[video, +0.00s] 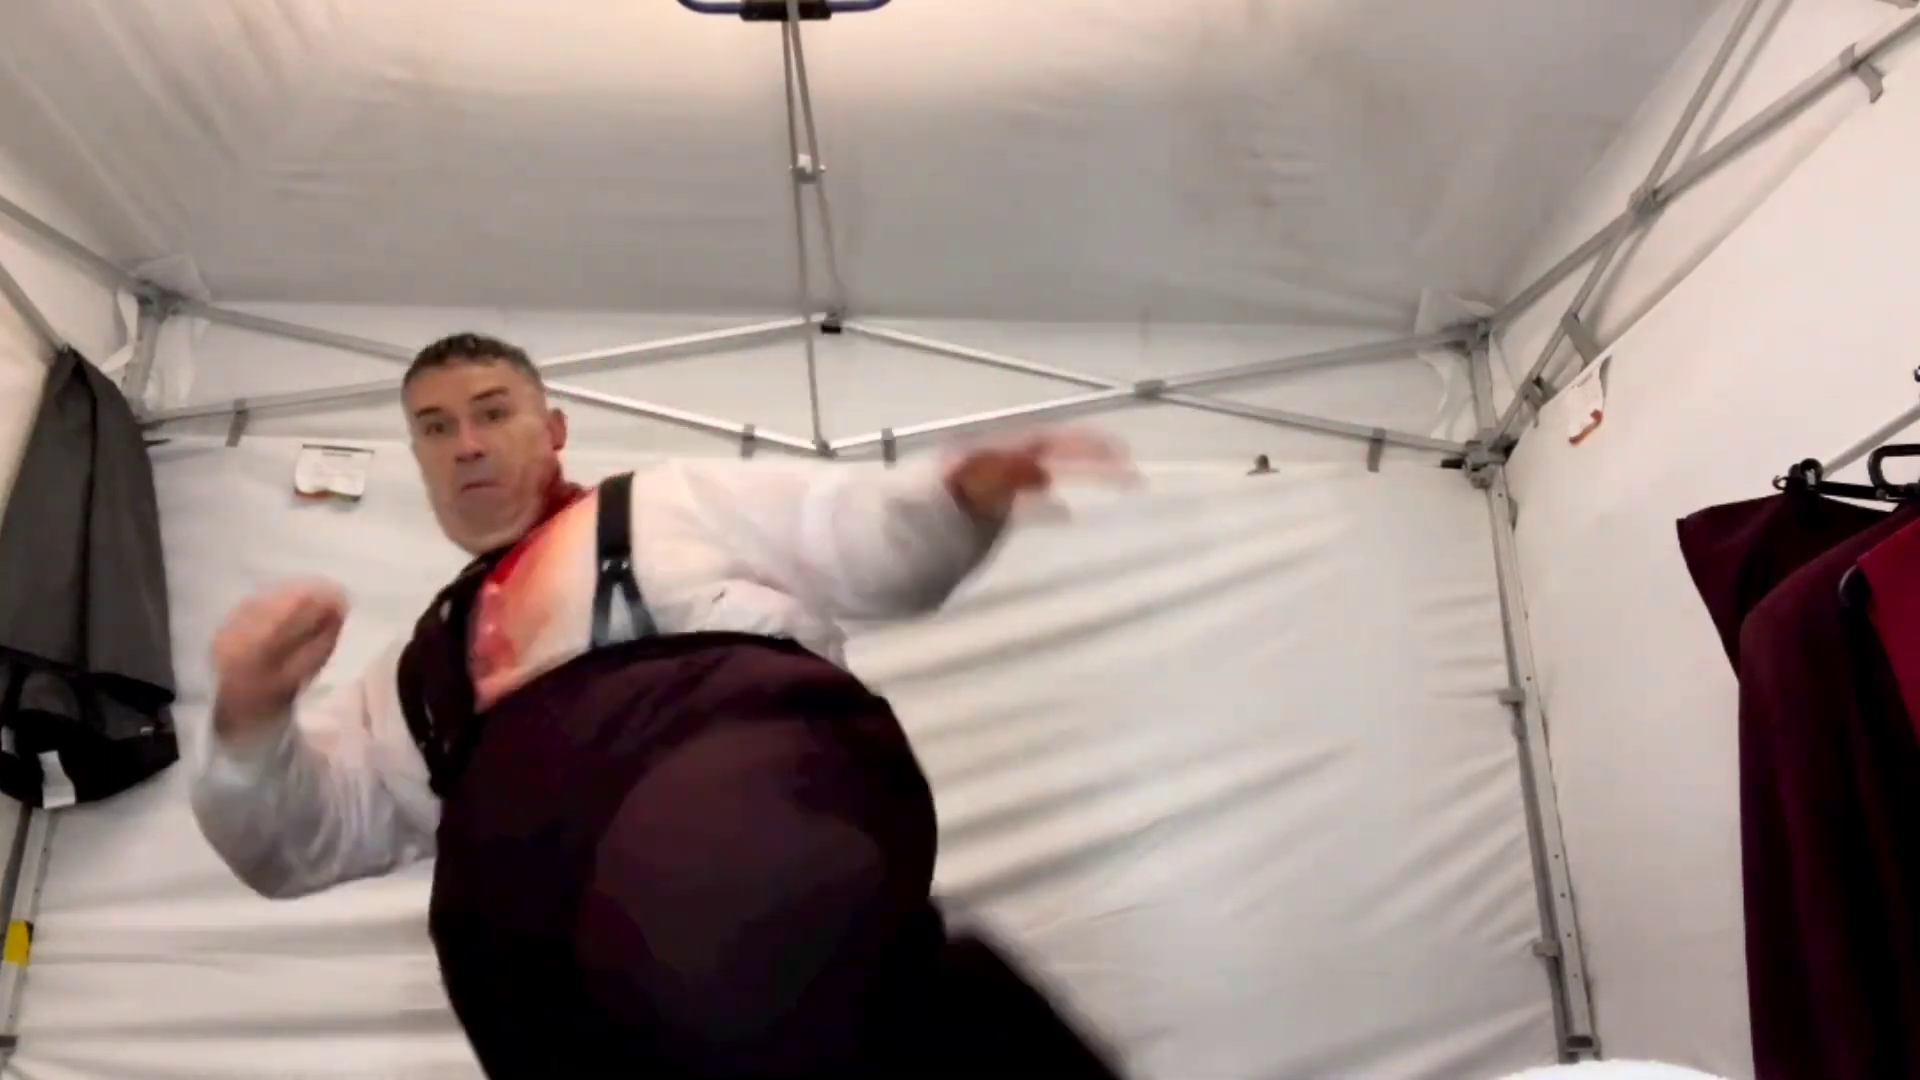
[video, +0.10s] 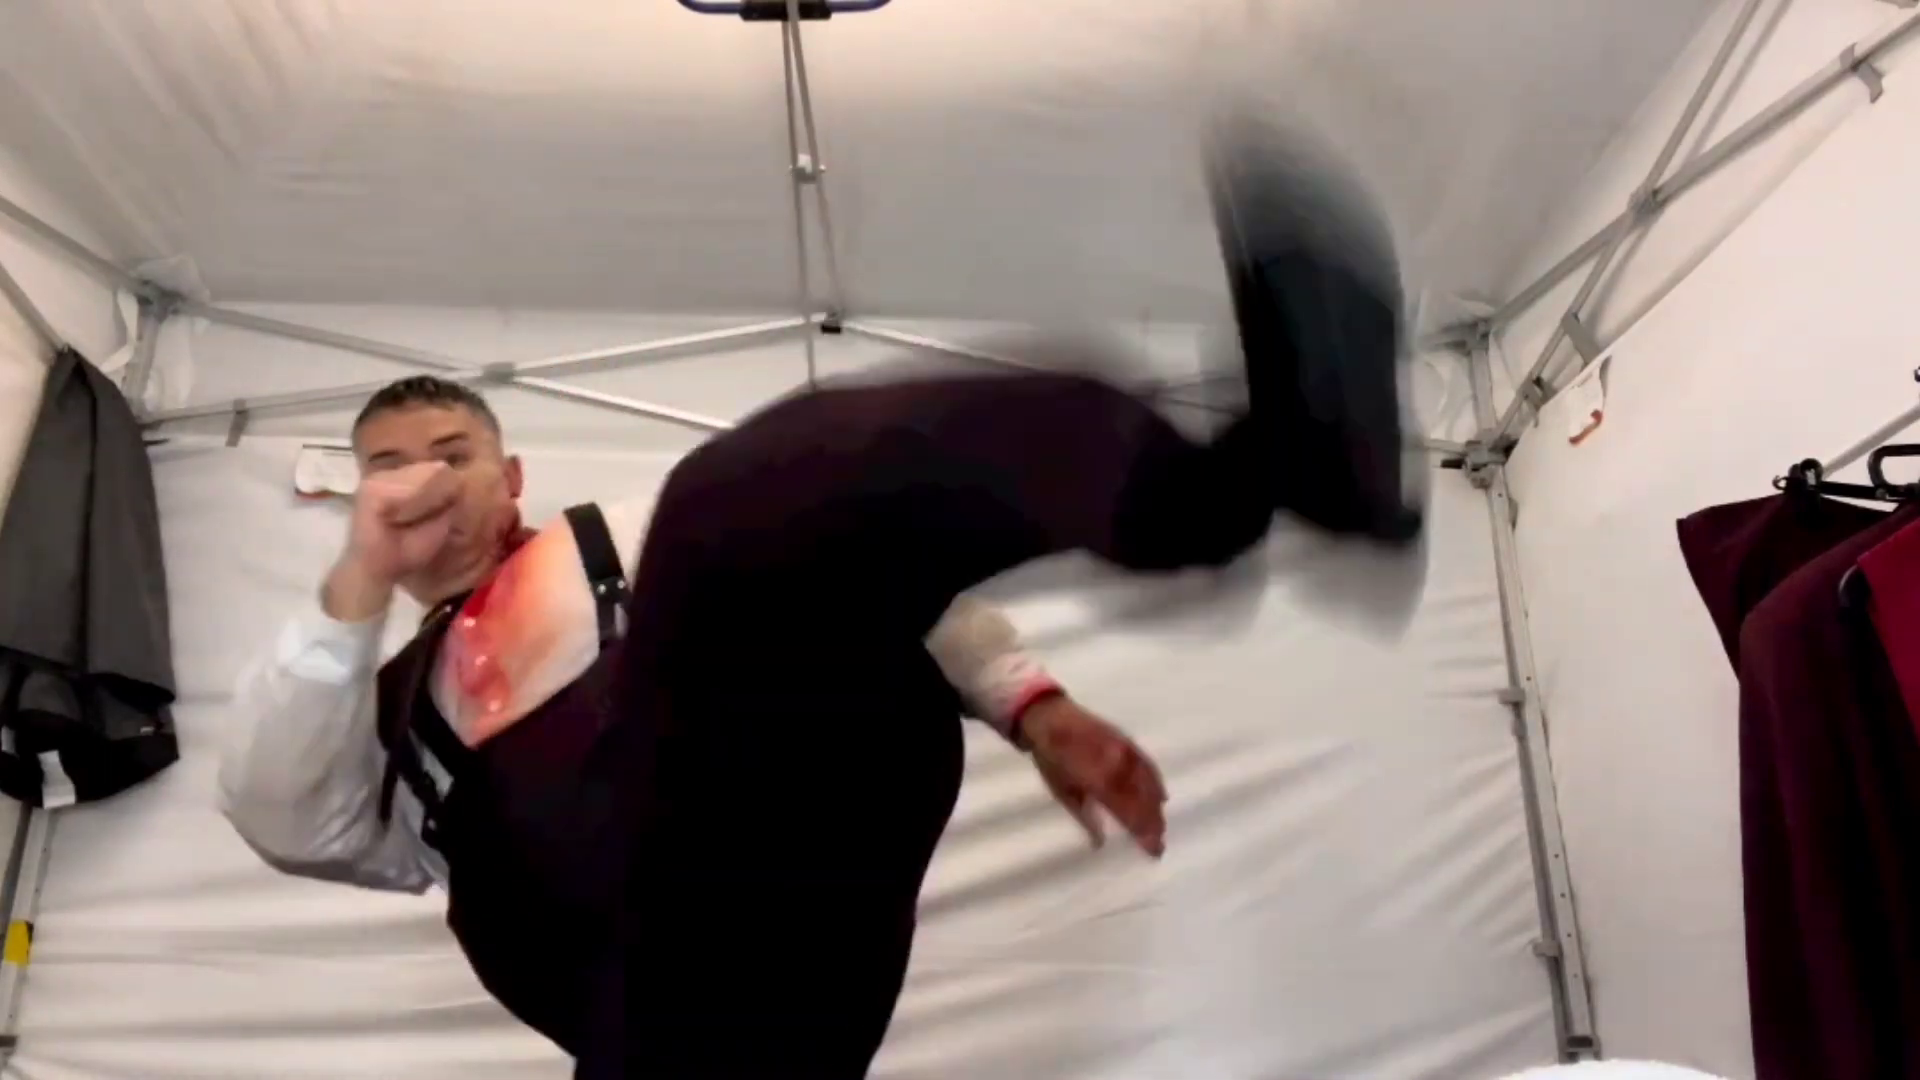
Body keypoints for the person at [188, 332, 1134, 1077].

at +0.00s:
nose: (464, 442)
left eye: (490, 413)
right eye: (434, 428)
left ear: (552, 433)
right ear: (416, 466)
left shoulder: (667, 498)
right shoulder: (413, 677)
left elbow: (850, 535)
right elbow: (296, 844)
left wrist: (958, 499)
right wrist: (246, 727)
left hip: (721, 736)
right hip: (516, 852)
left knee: (728, 909)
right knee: (560, 1034)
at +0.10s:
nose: (430, 491)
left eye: (456, 461)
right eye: (395, 478)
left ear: (512, 481)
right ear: (364, 524)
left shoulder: (625, 543)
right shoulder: (395, 736)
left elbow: (877, 576)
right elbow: (274, 812)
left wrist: (1034, 712)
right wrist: (355, 597)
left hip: (819, 834)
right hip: (666, 1002)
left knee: (750, 501)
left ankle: (1253, 485)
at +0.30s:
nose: (367, 539)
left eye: (390, 503)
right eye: (333, 527)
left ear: (459, 510)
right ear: (319, 569)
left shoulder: (603, 561)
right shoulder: (384, 772)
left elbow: (846, 594)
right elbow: (342, 1019)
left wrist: (1039, 698)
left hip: (836, 846)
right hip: (688, 1040)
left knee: (736, 533)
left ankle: (1292, 538)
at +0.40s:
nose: (361, 519)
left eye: (383, 482)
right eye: (330, 508)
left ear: (455, 489)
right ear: (325, 552)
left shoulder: (588, 536)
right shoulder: (400, 757)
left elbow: (795, 557)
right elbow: (414, 1006)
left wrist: (976, 678)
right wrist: (400, 990)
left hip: (708, 762)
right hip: (549, 950)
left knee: (714, 889)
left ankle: (1092, 1067)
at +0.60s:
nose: (450, 446)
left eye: (480, 409)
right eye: (427, 426)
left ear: (558, 420)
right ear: (416, 454)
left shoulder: (674, 499)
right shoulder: (454, 654)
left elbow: (827, 598)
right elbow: (481, 873)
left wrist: (613, 669)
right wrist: (397, 994)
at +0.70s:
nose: (518, 440)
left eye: (553, 405)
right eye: (497, 408)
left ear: (625, 422)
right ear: (481, 425)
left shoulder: (716, 538)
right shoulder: (491, 613)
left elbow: (813, 705)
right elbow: (430, 799)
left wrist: (578, 696)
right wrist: (362, 902)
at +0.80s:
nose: (539, 418)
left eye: (575, 388)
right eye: (519, 384)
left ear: (637, 410)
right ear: (497, 398)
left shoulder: (726, 536)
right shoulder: (453, 576)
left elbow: (847, 715)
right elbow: (391, 792)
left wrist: (657, 715)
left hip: (651, 1004)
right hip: (436, 997)